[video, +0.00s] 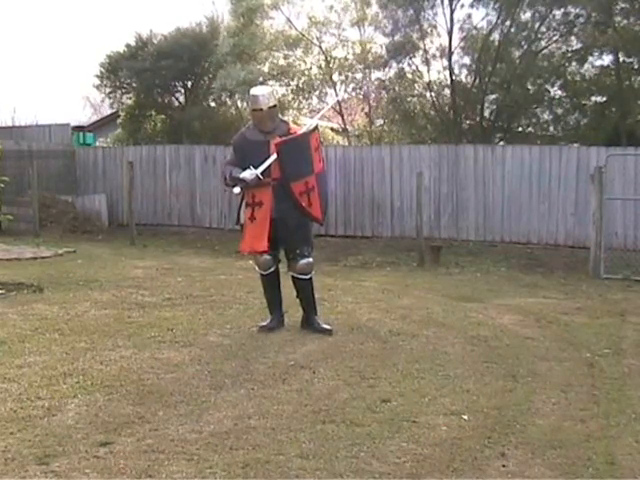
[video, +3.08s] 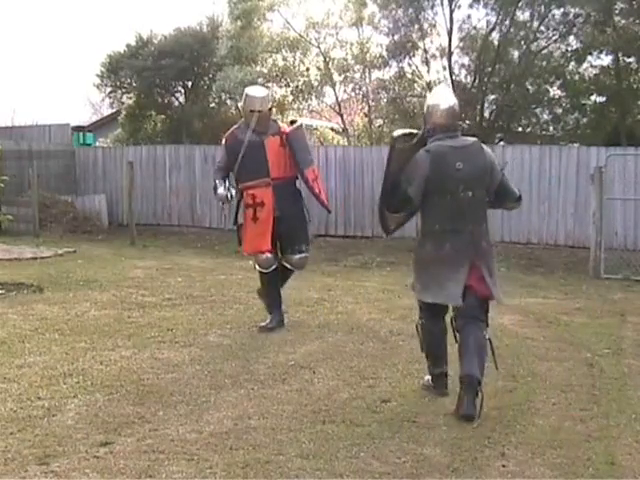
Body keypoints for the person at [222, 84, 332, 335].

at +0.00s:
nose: (255, 116)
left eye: (260, 111)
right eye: (253, 111)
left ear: (273, 109)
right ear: (250, 111)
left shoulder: (292, 134)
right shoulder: (243, 140)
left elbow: (308, 167)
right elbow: (228, 172)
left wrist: (308, 140)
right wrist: (241, 176)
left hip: (293, 209)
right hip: (261, 210)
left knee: (303, 263)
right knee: (265, 261)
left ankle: (310, 316)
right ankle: (276, 316)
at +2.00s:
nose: (266, 115)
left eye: (271, 109)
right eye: (261, 110)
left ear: (281, 109)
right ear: (255, 111)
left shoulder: (296, 135)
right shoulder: (245, 140)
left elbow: (311, 161)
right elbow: (237, 169)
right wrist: (232, 187)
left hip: (291, 206)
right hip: (259, 209)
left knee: (301, 262)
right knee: (264, 261)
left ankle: (310, 316)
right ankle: (275, 316)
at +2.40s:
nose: (267, 116)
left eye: (271, 110)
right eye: (261, 111)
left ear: (280, 109)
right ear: (254, 111)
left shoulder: (293, 135)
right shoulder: (244, 140)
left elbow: (312, 166)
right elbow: (235, 175)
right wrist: (231, 199)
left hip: (291, 207)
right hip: (258, 210)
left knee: (302, 262)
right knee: (264, 261)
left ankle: (310, 316)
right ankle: (276, 315)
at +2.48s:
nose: (265, 116)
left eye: (270, 110)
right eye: (260, 111)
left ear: (279, 109)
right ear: (253, 111)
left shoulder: (293, 134)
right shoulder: (243, 139)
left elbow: (311, 165)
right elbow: (234, 173)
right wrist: (230, 199)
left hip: (290, 206)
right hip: (258, 209)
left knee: (302, 261)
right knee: (264, 261)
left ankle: (311, 316)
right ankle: (276, 315)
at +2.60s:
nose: (261, 117)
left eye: (266, 111)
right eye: (256, 112)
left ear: (276, 109)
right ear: (250, 111)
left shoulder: (291, 134)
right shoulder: (240, 139)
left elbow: (309, 169)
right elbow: (231, 175)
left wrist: (305, 137)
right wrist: (229, 200)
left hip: (290, 205)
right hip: (257, 207)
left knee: (303, 260)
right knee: (264, 260)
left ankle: (312, 315)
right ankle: (275, 315)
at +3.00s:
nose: (256, 117)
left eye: (260, 112)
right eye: (251, 112)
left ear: (270, 109)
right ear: (244, 111)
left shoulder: (286, 133)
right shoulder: (234, 139)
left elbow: (306, 166)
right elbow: (222, 170)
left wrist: (299, 136)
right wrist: (222, 190)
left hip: (287, 200)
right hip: (255, 205)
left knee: (300, 255)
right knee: (265, 258)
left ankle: (279, 297)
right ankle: (276, 314)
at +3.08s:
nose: (254, 118)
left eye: (259, 112)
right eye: (250, 112)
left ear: (269, 110)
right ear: (244, 110)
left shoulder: (287, 134)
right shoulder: (234, 138)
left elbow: (306, 165)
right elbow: (221, 171)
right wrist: (222, 187)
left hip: (287, 199)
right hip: (255, 203)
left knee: (297, 256)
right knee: (265, 258)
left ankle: (269, 288)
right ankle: (275, 314)